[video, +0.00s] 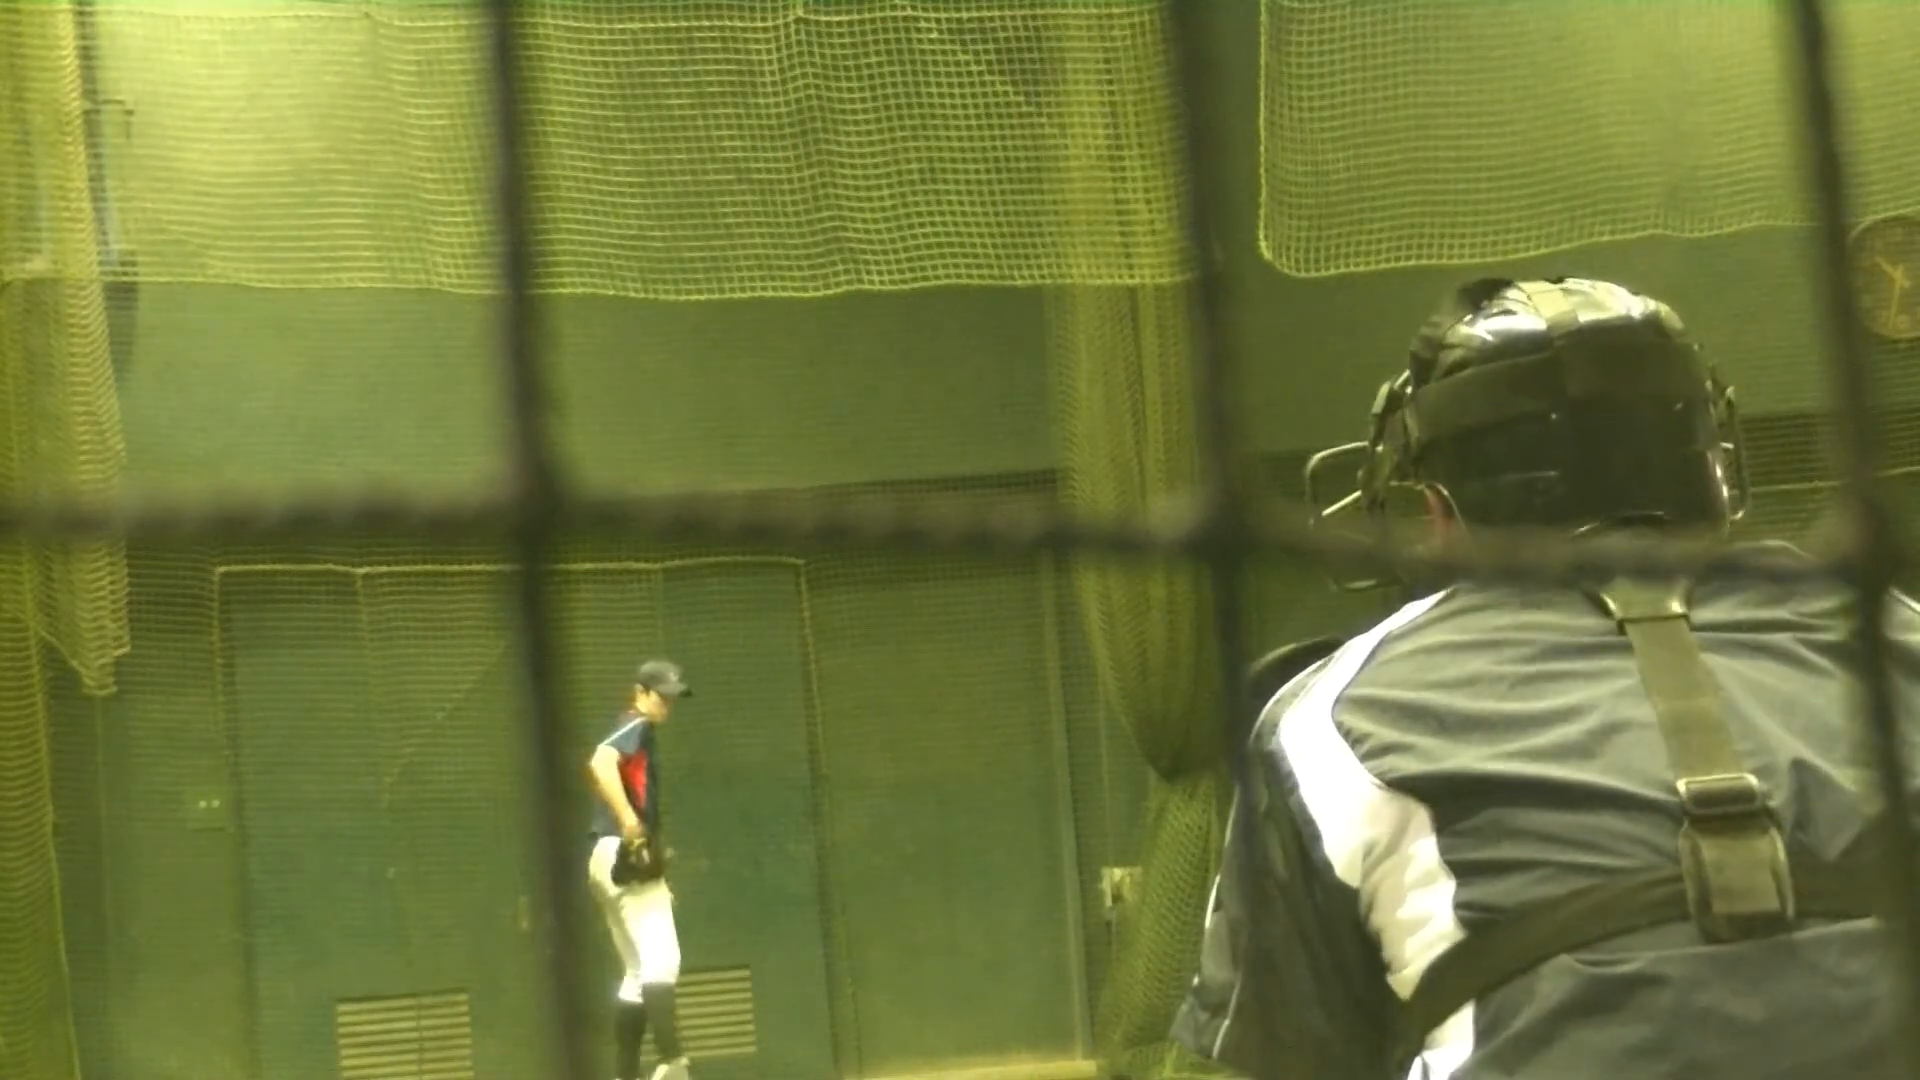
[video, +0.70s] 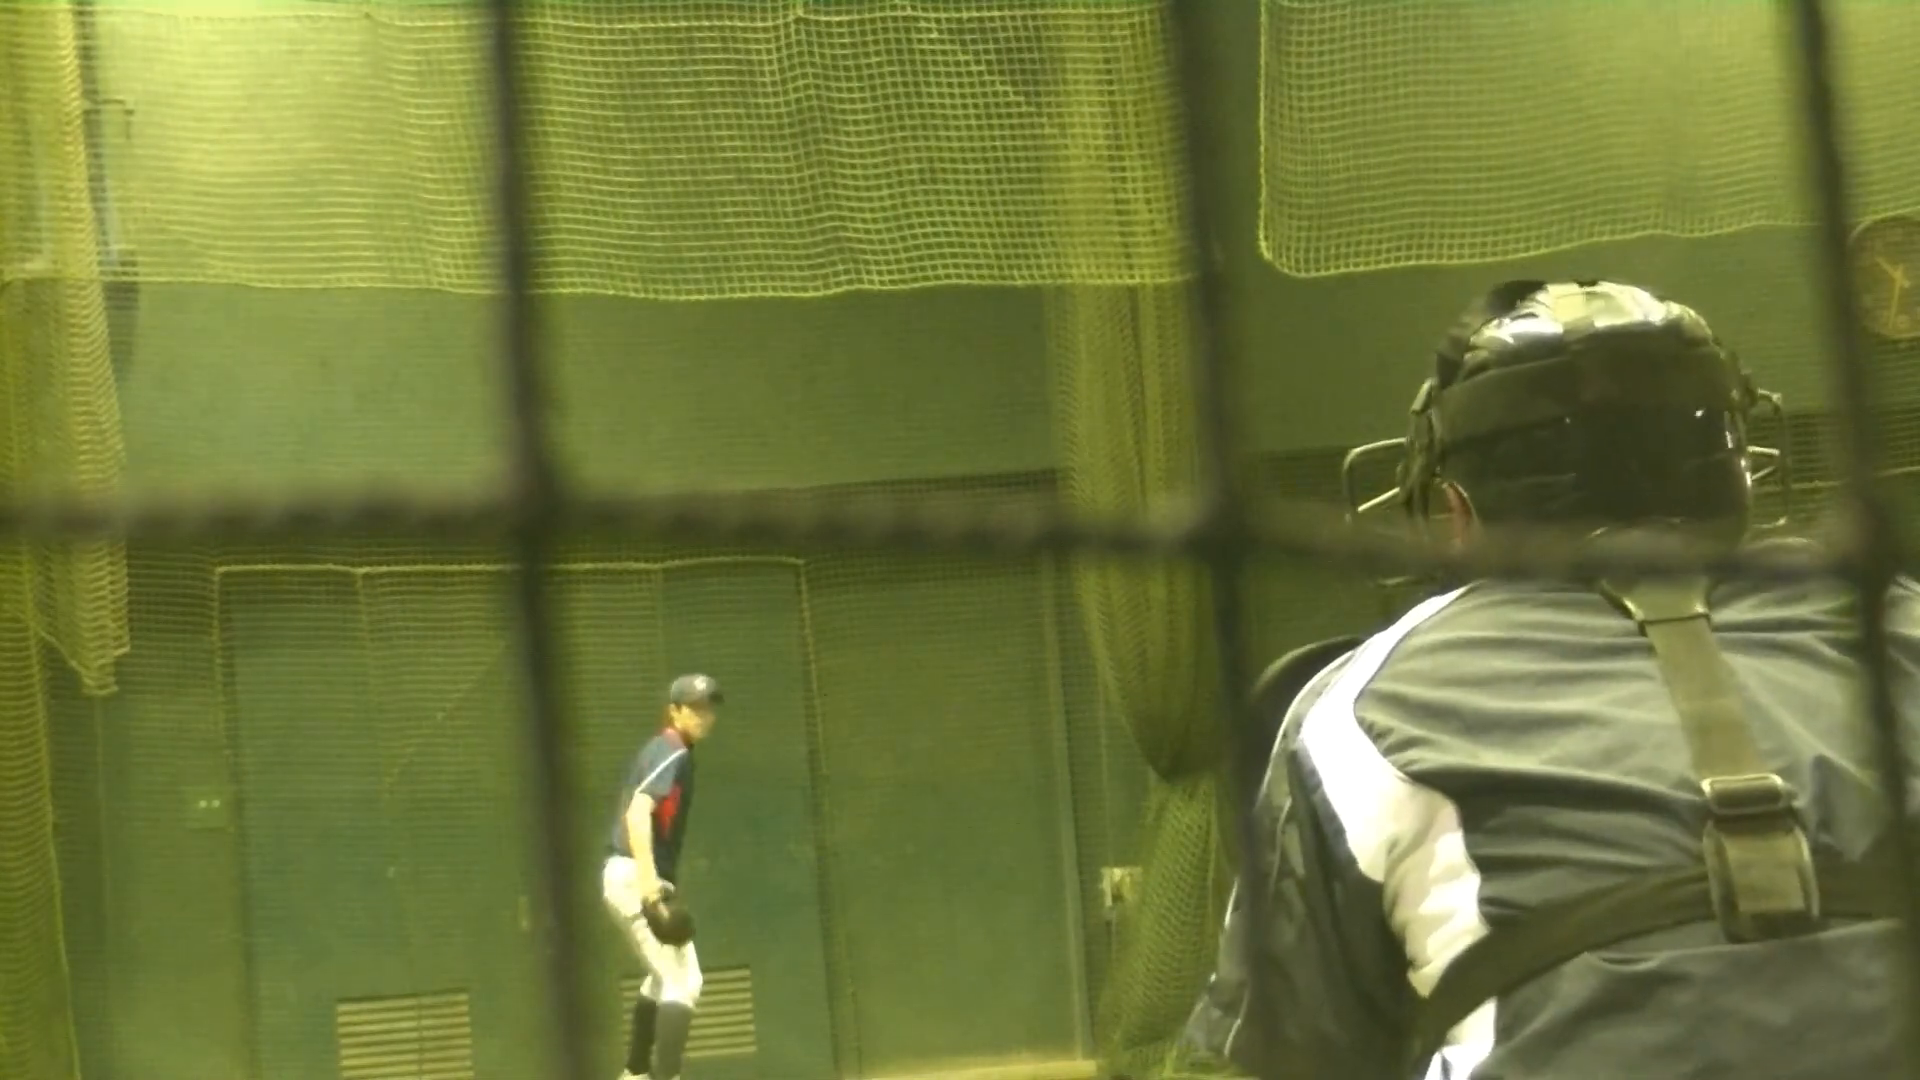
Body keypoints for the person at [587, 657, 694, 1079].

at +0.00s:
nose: (669, 706)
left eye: (672, 699)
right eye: (665, 698)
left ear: (646, 696)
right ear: (642, 694)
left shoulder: (634, 728)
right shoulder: (637, 727)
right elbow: (602, 763)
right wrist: (630, 824)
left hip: (613, 852)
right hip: (629, 852)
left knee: (636, 968)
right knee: (661, 955)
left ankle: (627, 1071)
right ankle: (672, 1060)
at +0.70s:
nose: (708, 717)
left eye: (710, 709)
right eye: (699, 709)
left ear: (678, 713)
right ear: (676, 710)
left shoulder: (660, 747)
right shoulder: (674, 751)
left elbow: (631, 813)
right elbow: (639, 809)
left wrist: (655, 878)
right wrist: (648, 878)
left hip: (626, 870)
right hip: (638, 871)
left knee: (662, 975)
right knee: (682, 979)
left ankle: (637, 1068)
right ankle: (666, 1072)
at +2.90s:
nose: (690, 742)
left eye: (691, 734)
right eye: (682, 734)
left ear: (658, 739)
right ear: (658, 736)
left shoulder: (637, 772)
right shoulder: (667, 776)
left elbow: (683, 814)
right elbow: (727, 821)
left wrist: (716, 784)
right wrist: (746, 776)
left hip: (604, 896)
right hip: (626, 899)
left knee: (665, 984)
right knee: (694, 987)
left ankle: (641, 1072)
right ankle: (670, 1072)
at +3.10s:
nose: (689, 745)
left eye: (691, 736)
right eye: (682, 737)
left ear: (657, 741)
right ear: (658, 739)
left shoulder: (638, 774)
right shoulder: (664, 779)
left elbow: (679, 821)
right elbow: (732, 818)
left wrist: (711, 786)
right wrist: (744, 772)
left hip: (605, 900)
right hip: (623, 903)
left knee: (667, 987)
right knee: (695, 988)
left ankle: (636, 1072)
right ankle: (668, 1072)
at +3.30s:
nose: (687, 742)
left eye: (688, 734)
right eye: (678, 735)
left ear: (656, 739)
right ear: (654, 736)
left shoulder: (642, 772)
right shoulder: (661, 777)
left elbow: (691, 810)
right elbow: (721, 826)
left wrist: (717, 773)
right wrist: (746, 778)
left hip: (606, 897)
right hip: (621, 899)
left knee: (664, 983)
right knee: (692, 986)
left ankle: (635, 1071)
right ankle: (666, 1072)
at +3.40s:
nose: (685, 746)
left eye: (687, 738)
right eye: (677, 739)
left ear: (656, 743)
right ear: (653, 741)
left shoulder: (639, 776)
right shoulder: (659, 782)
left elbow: (697, 801)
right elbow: (721, 833)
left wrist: (721, 766)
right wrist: (748, 782)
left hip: (603, 901)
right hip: (620, 905)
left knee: (665, 986)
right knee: (693, 989)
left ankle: (635, 1071)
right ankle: (666, 1072)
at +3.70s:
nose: (683, 751)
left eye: (685, 743)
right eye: (674, 744)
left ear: (686, 743)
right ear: (651, 745)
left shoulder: (636, 780)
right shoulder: (657, 787)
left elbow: (686, 813)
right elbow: (721, 832)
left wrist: (718, 781)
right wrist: (743, 784)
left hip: (604, 905)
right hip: (620, 909)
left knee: (670, 985)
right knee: (695, 989)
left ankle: (639, 1071)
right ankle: (668, 1072)